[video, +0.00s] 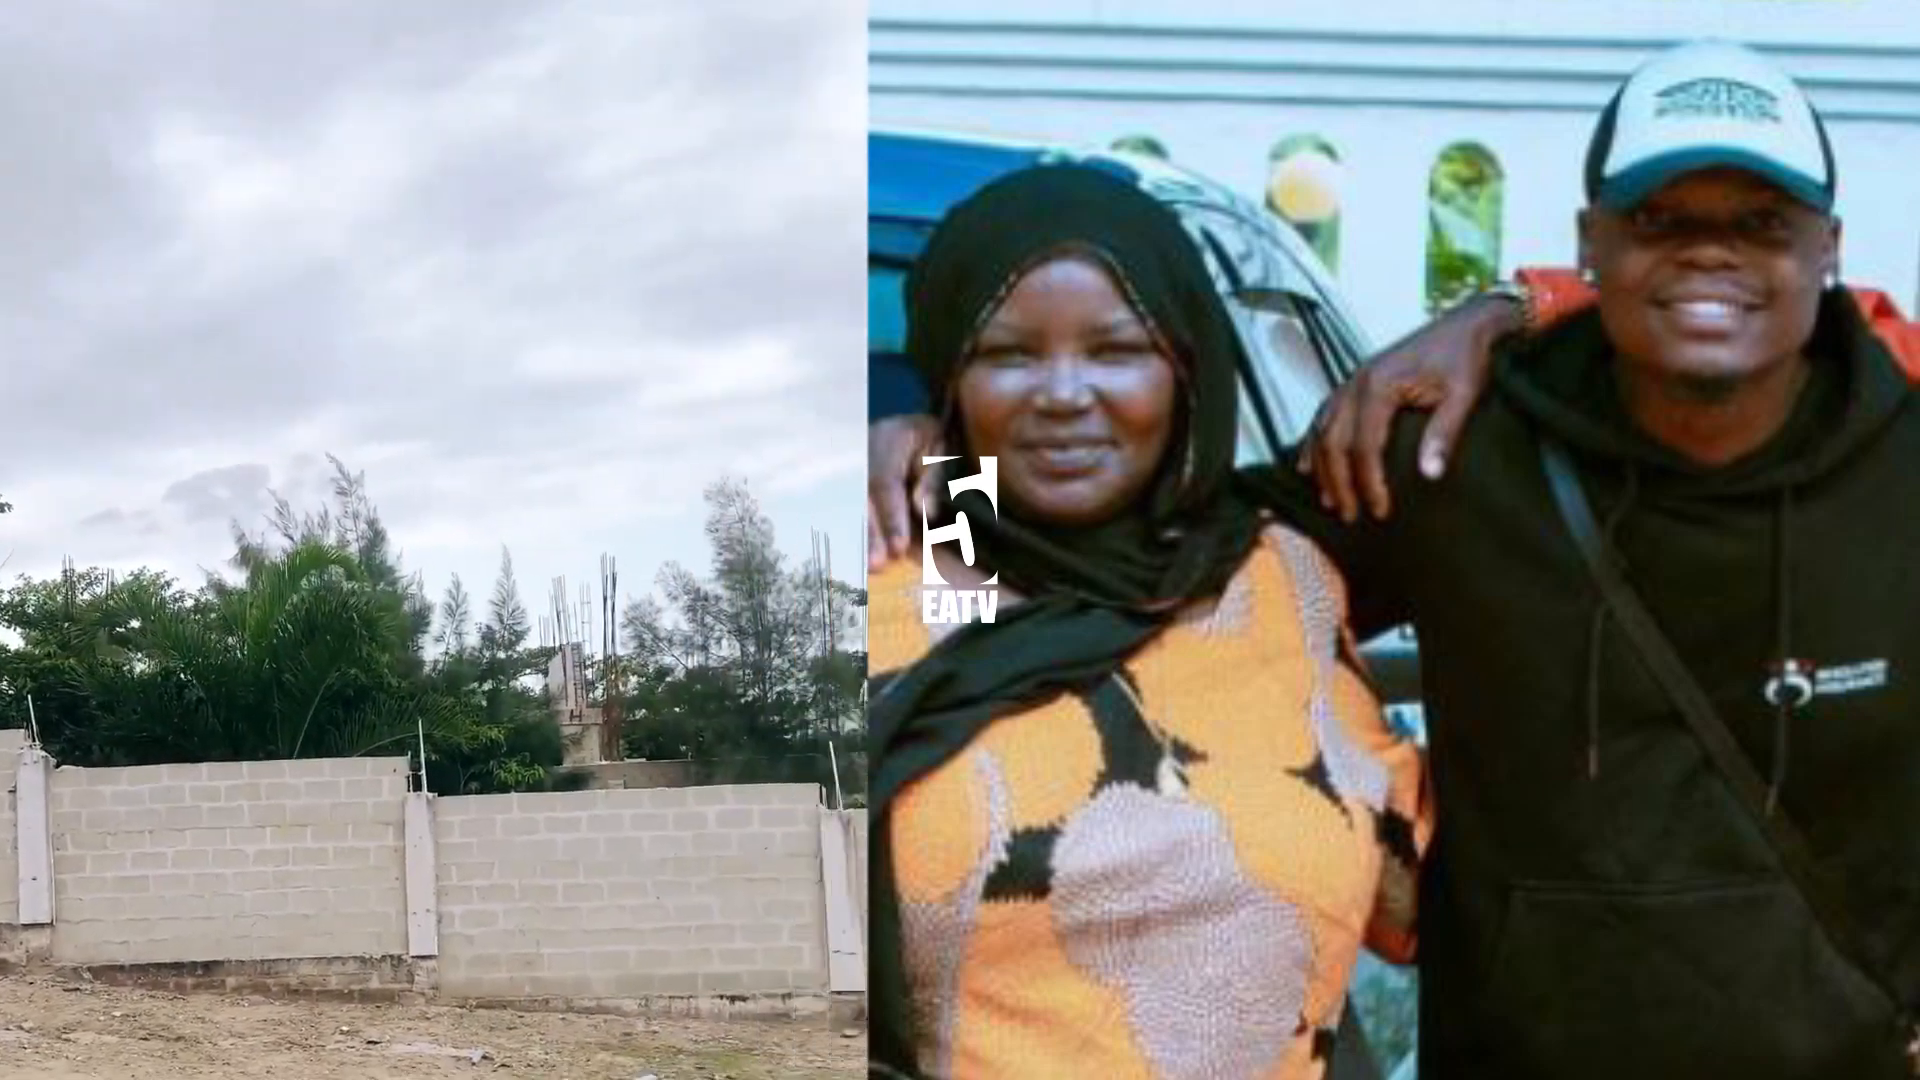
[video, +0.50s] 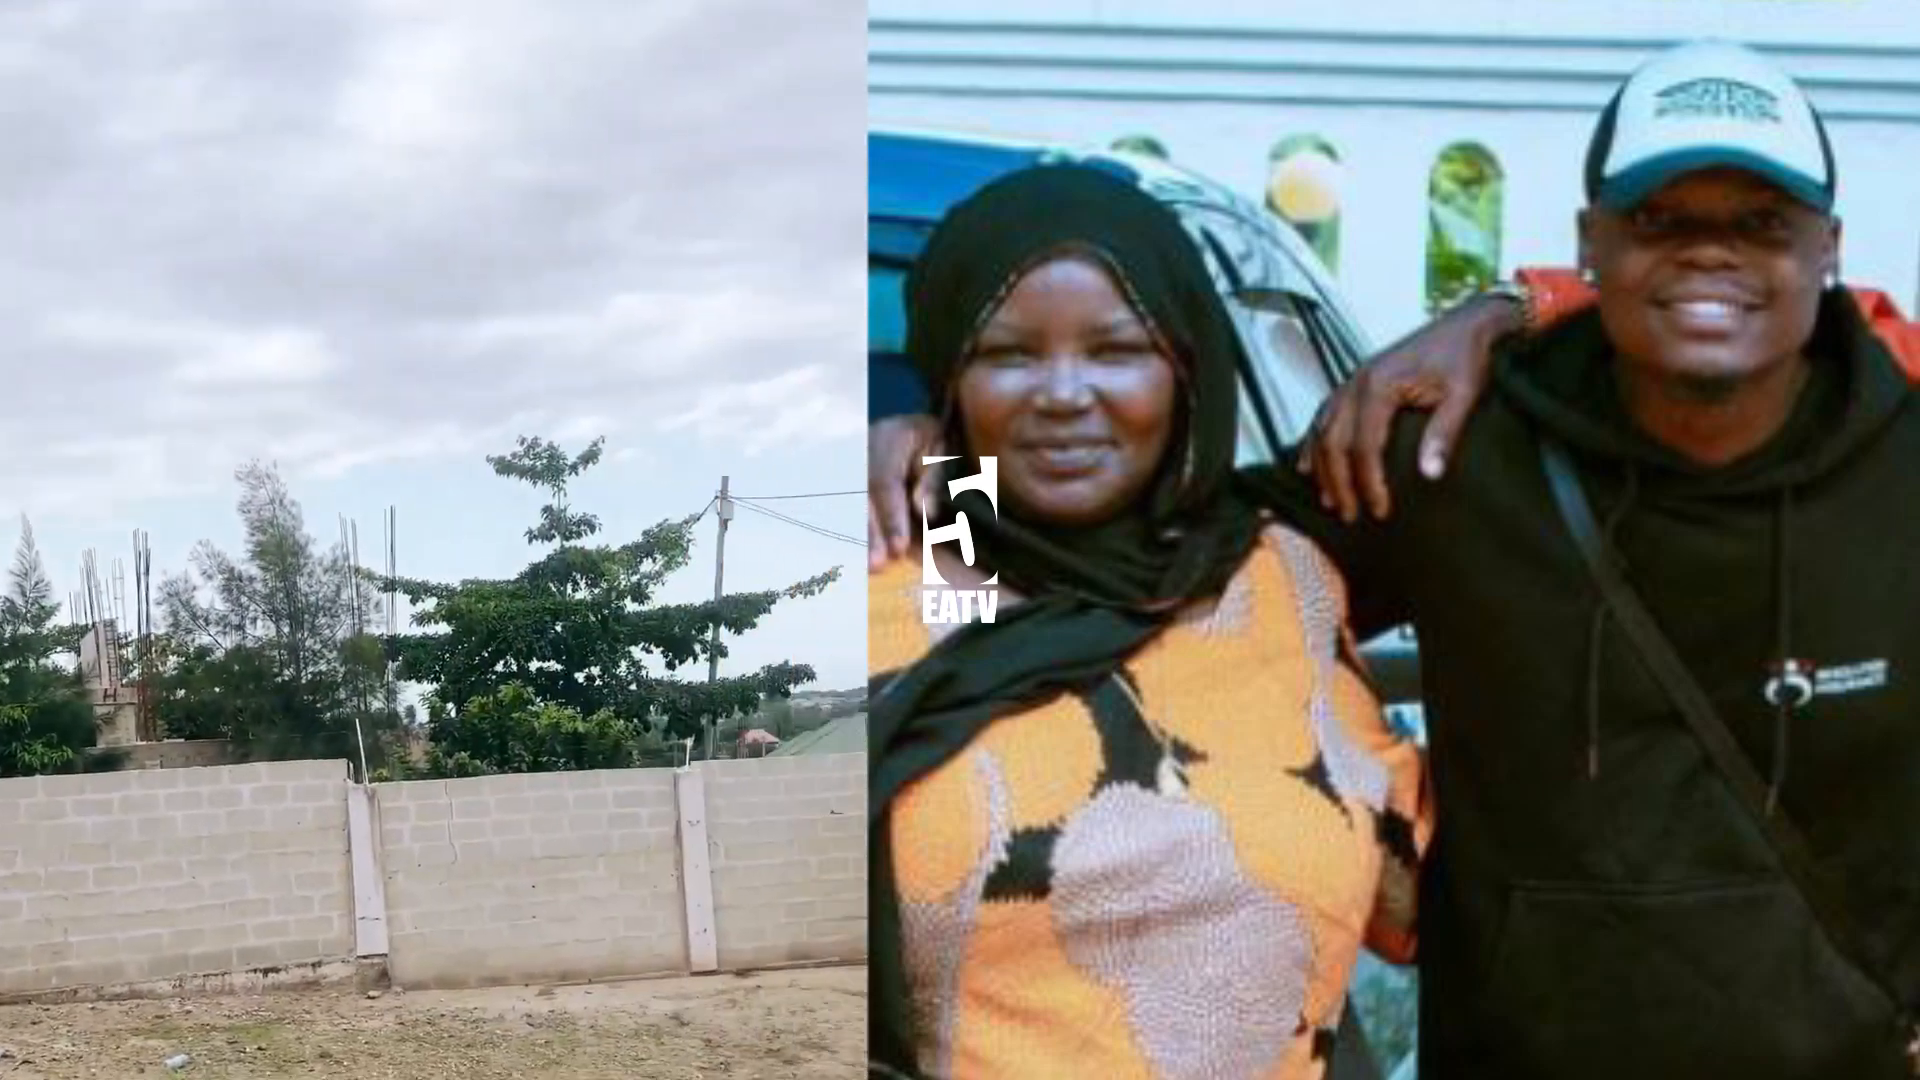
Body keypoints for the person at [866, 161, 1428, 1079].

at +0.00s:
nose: (1063, 397)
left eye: (1115, 351)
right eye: (1012, 354)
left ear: (1188, 374)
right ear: (950, 387)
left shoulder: (1285, 586)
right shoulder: (873, 614)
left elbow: (1425, 890)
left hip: (1282, 1059)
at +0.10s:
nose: (1063, 397)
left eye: (1115, 351)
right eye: (1011, 354)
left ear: (1187, 374)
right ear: (950, 387)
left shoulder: (1286, 585)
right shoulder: (883, 611)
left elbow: (1425, 889)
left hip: (1282, 1058)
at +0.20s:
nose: (1062, 397)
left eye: (1115, 351)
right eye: (1011, 354)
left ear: (1187, 374)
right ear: (951, 388)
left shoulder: (1286, 585)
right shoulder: (887, 612)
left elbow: (1428, 890)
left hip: (1283, 1058)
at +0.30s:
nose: (1063, 397)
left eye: (1115, 351)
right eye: (1012, 354)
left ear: (1187, 374)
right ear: (950, 387)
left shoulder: (1286, 585)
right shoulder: (884, 611)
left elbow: (1425, 890)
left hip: (1282, 1058)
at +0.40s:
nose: (1062, 397)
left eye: (1115, 350)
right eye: (1011, 354)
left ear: (1188, 374)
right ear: (950, 387)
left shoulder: (1285, 585)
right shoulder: (883, 615)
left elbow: (1424, 890)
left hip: (1282, 1059)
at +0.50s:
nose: (1062, 397)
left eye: (1115, 351)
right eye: (1011, 354)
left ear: (1188, 374)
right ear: (950, 386)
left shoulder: (1286, 584)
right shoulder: (868, 611)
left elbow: (1425, 889)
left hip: (1283, 1058)